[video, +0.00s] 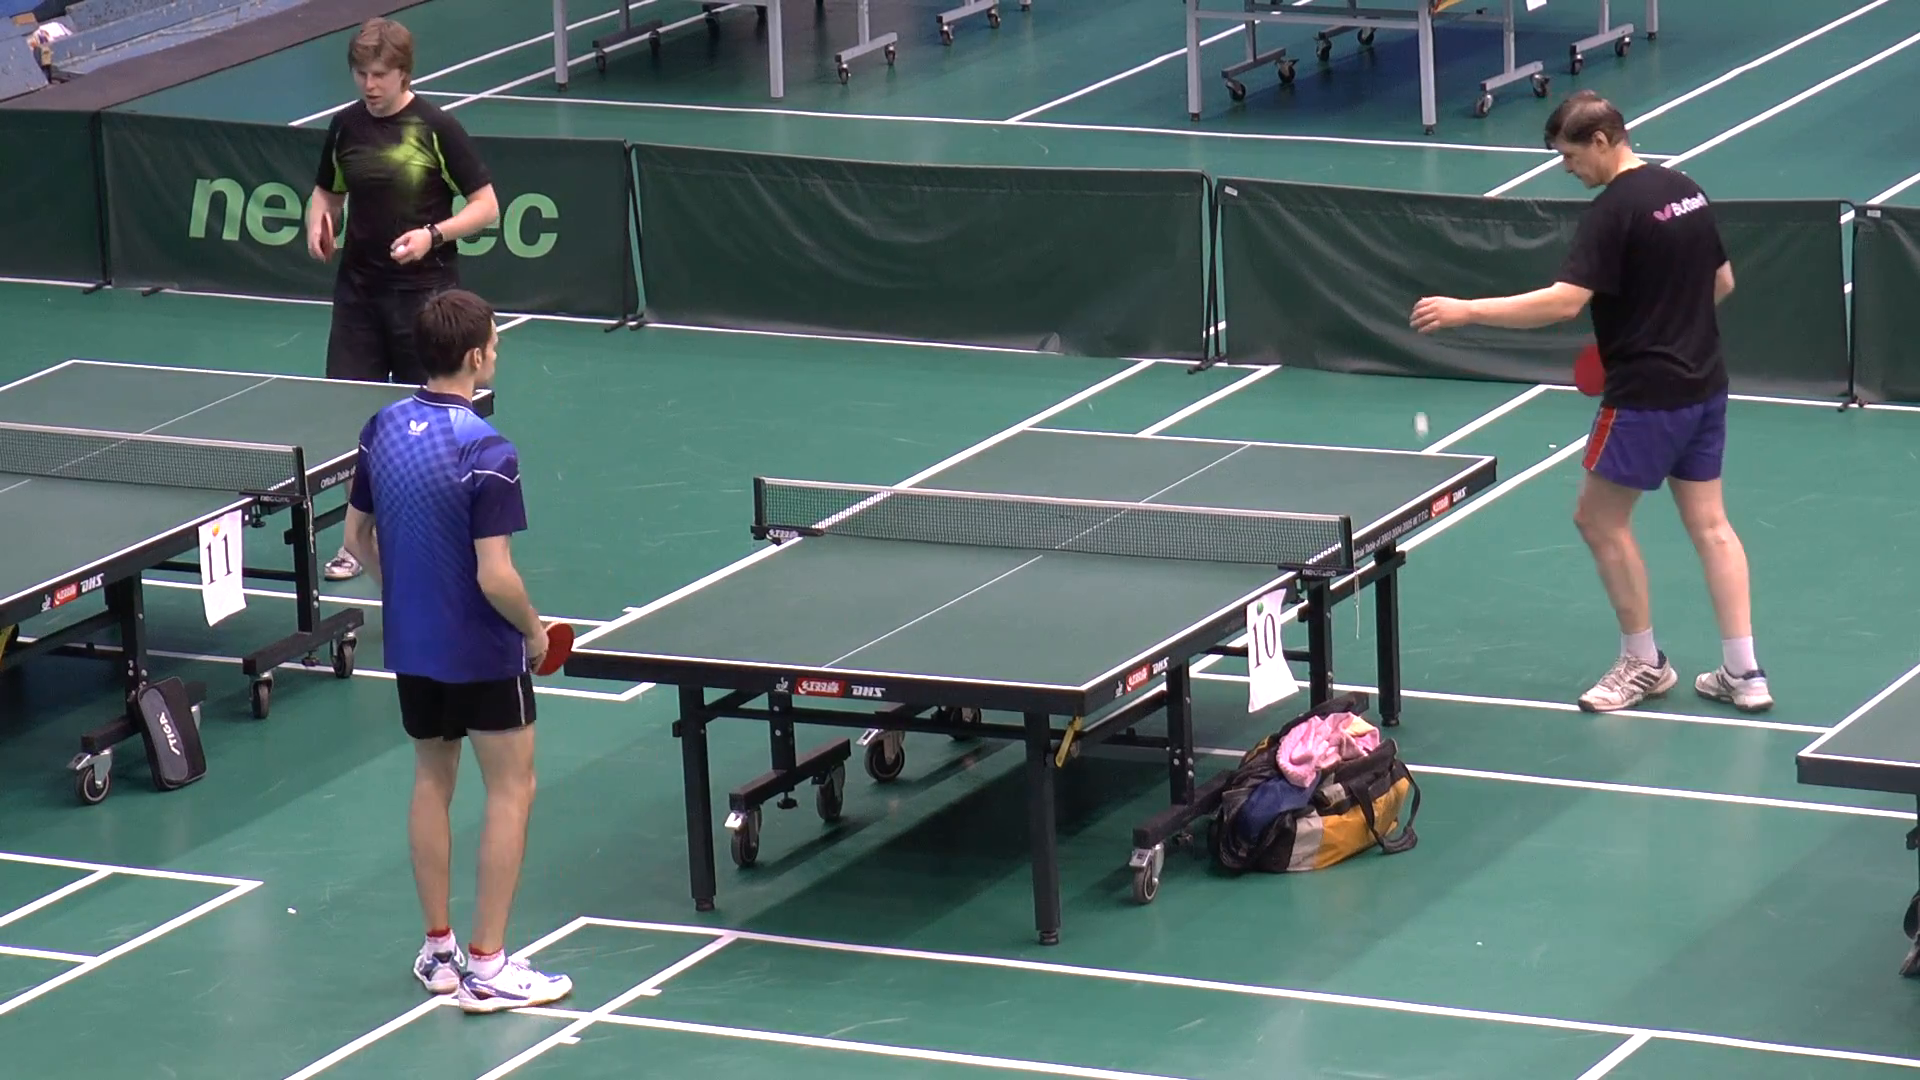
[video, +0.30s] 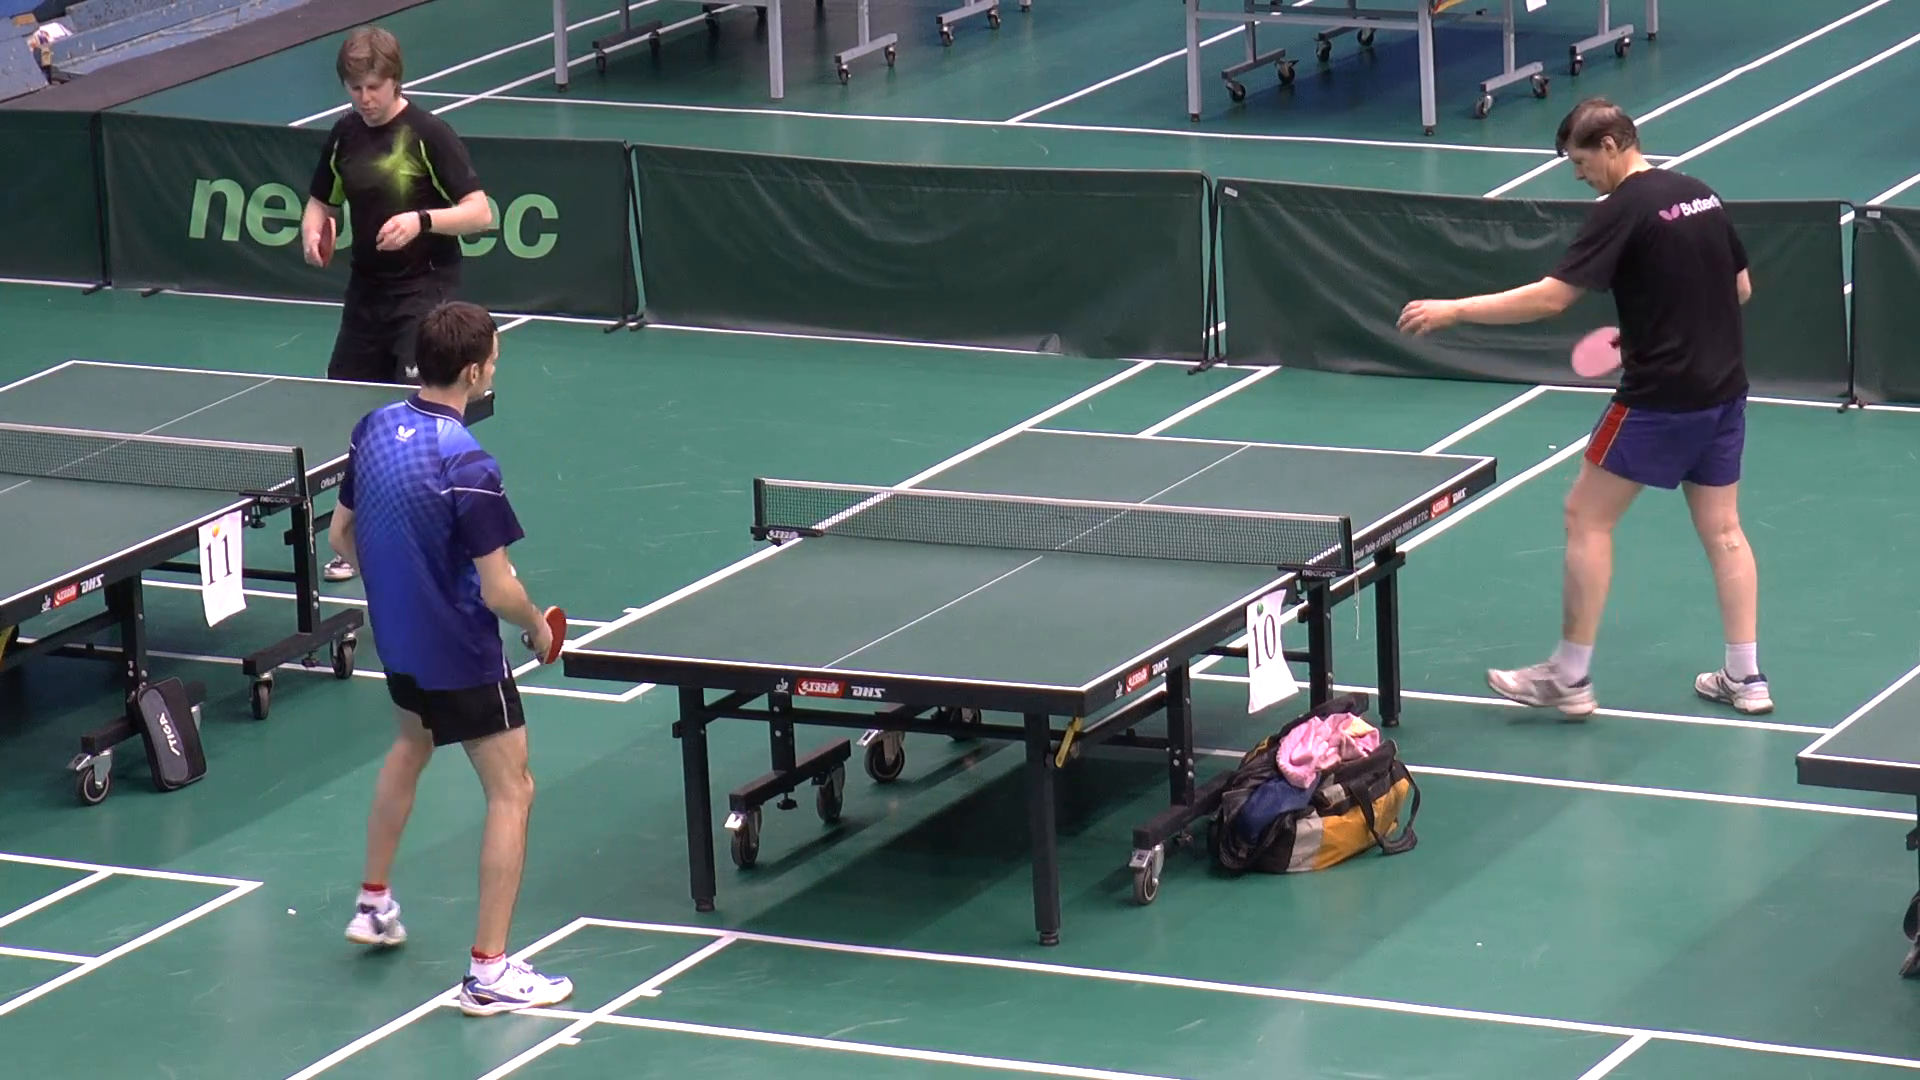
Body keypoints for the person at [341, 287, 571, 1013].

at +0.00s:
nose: (496, 352)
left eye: (492, 341)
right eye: (493, 344)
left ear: (426, 353)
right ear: (477, 354)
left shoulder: (384, 424)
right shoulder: (486, 448)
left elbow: (360, 541)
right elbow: (494, 576)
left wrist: (408, 586)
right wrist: (536, 631)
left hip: (413, 648)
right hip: (482, 652)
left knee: (433, 779)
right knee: (510, 787)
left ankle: (438, 950)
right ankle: (487, 961)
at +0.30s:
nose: (494, 368)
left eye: (492, 356)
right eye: (492, 359)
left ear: (421, 364)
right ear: (474, 369)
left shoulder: (375, 427)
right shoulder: (467, 461)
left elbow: (342, 535)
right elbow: (500, 589)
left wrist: (364, 563)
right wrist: (538, 626)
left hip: (396, 642)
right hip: (462, 653)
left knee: (412, 741)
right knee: (511, 790)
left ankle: (373, 901)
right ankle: (490, 966)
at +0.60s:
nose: (472, 370)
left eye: (470, 359)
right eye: (469, 360)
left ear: (406, 362)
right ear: (450, 368)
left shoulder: (359, 418)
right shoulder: (433, 462)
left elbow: (321, 522)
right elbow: (444, 588)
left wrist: (376, 575)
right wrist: (506, 622)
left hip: (355, 640)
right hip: (410, 653)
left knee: (368, 762)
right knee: (478, 786)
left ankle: (340, 910)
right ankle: (482, 964)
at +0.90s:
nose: (460, 367)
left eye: (459, 356)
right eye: (457, 357)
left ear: (393, 362)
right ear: (437, 365)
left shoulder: (344, 426)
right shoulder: (431, 455)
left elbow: (306, 532)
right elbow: (442, 582)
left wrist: (358, 594)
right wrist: (501, 600)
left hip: (357, 646)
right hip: (416, 654)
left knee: (369, 762)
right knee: (476, 790)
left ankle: (339, 910)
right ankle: (485, 970)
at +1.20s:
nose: (460, 360)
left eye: (457, 349)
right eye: (457, 350)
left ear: (390, 365)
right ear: (437, 363)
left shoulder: (349, 431)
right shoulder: (442, 455)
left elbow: (321, 545)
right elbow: (465, 582)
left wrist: (372, 594)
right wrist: (522, 612)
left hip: (375, 650)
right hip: (435, 660)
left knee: (365, 773)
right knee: (463, 803)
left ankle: (340, 911)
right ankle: (485, 975)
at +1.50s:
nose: (449, 355)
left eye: (445, 345)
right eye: (445, 347)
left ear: (378, 365)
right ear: (428, 363)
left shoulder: (348, 432)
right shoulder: (440, 454)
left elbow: (325, 541)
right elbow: (454, 578)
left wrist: (376, 595)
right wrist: (519, 609)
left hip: (380, 652)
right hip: (441, 660)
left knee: (353, 779)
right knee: (469, 803)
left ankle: (339, 912)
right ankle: (485, 975)